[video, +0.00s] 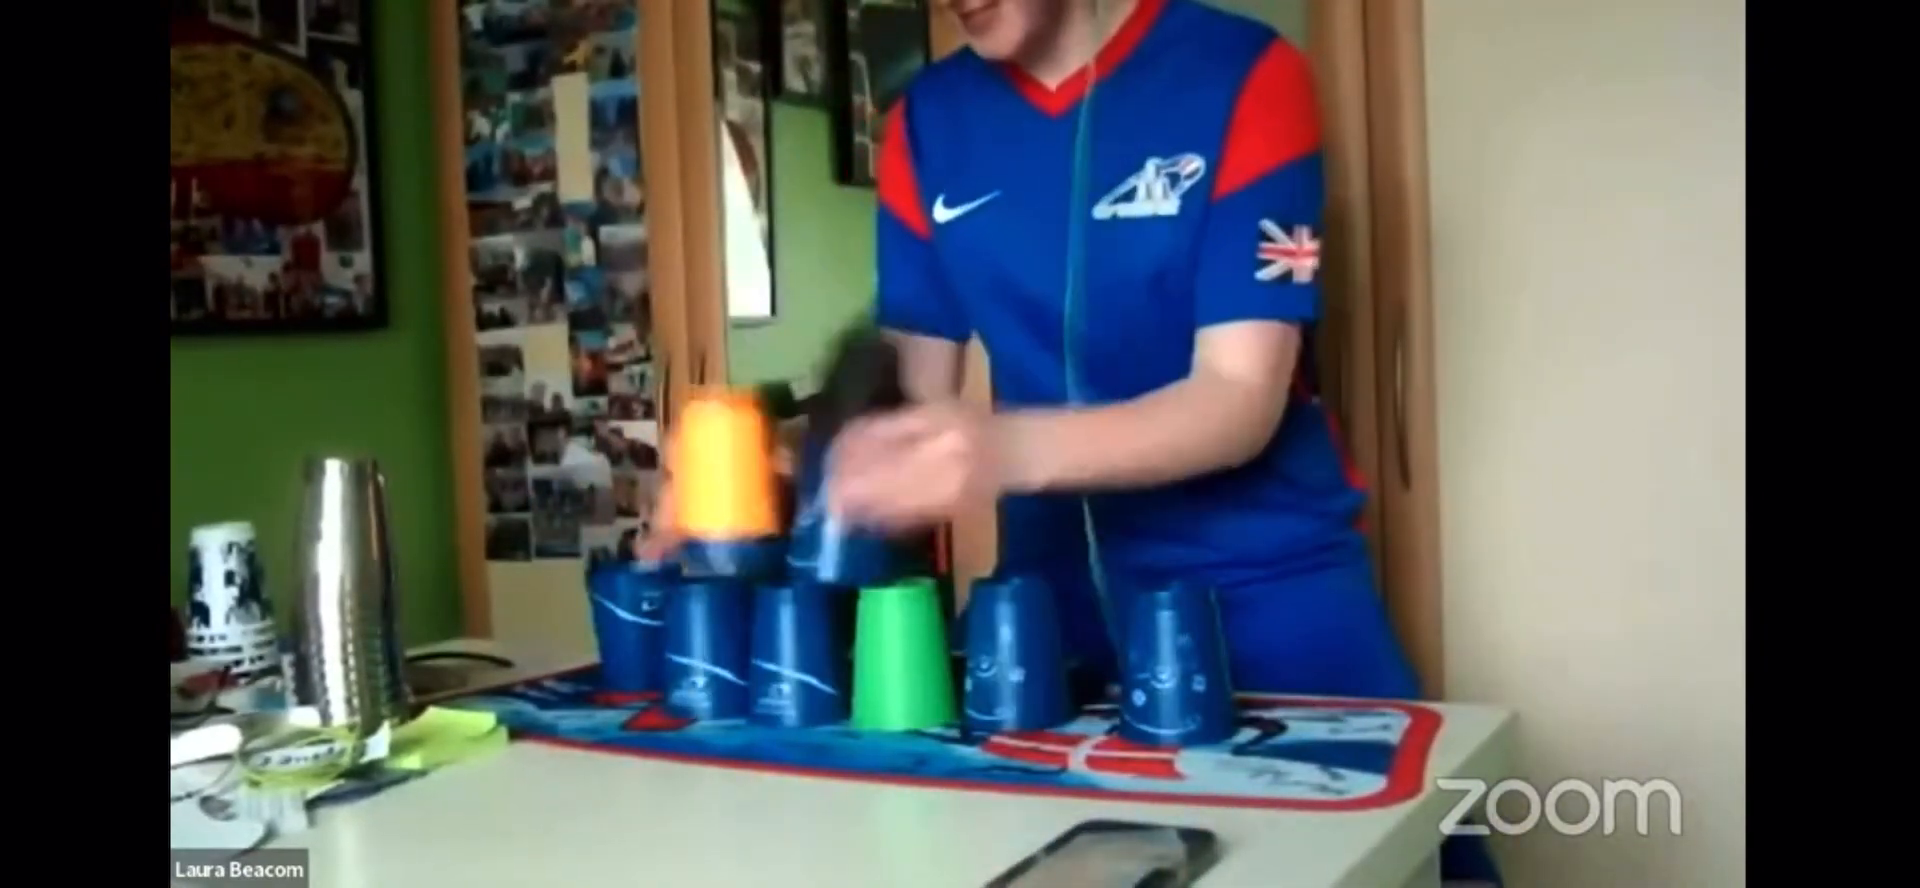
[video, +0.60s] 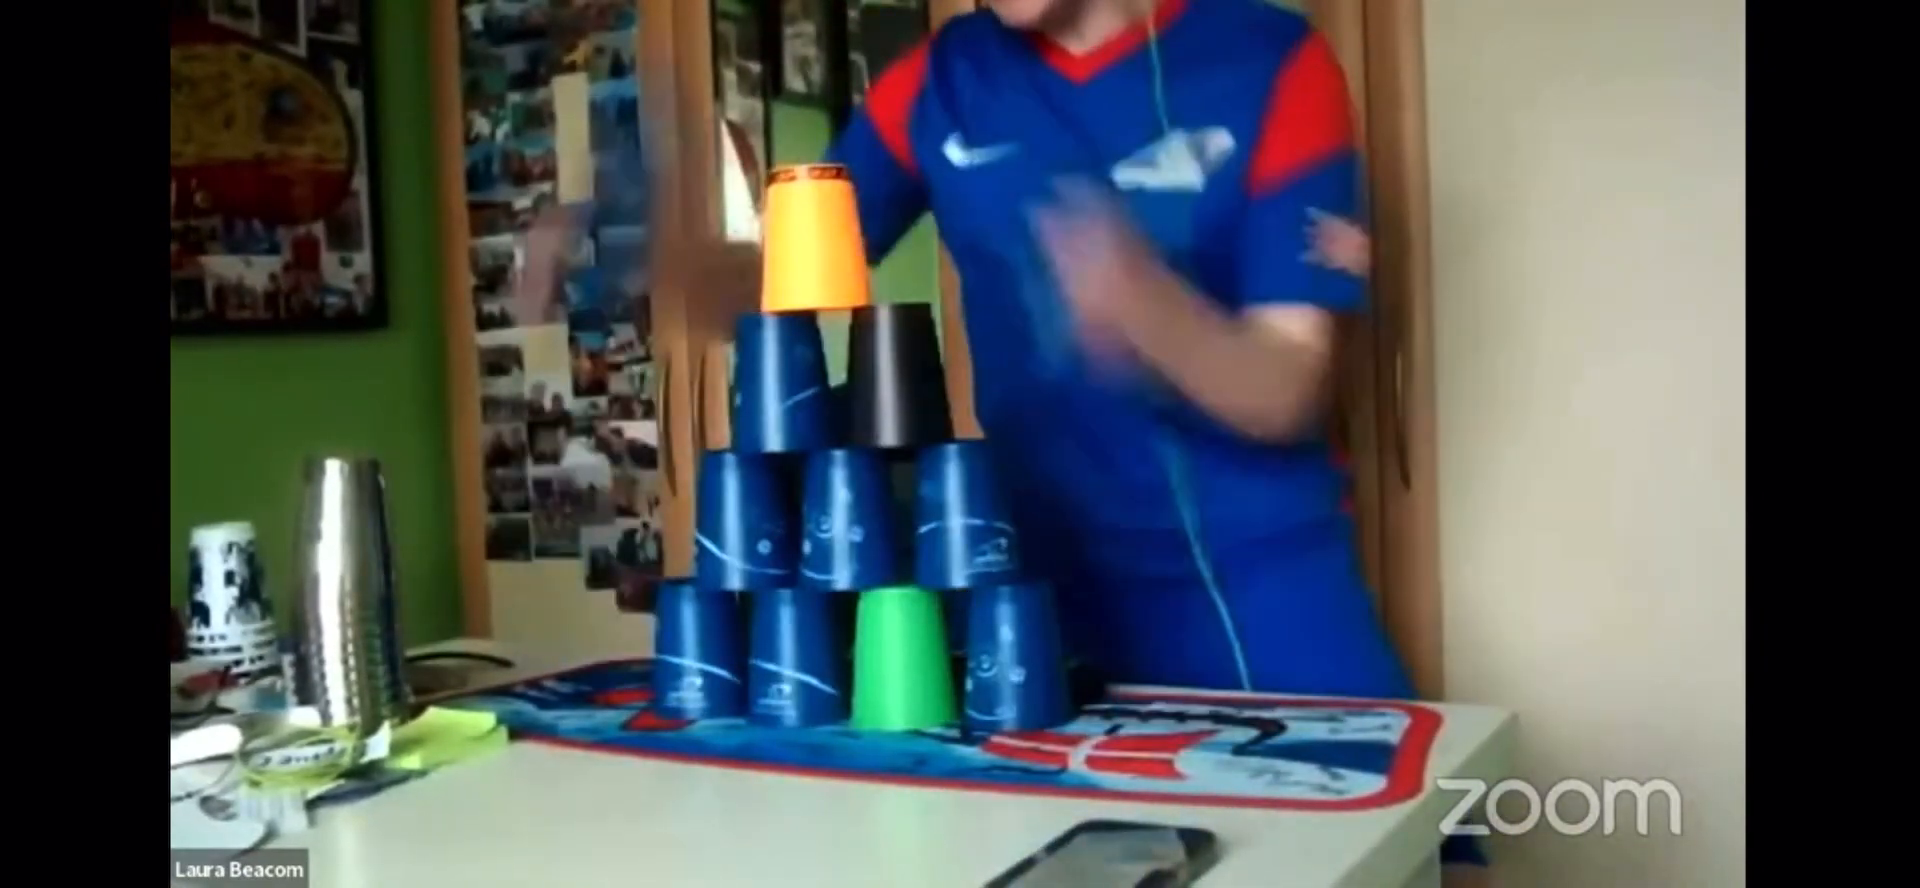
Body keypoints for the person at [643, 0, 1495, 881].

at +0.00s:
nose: (956, 7)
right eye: (944, 3)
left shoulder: (1243, 77)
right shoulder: (925, 123)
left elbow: (1238, 404)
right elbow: (922, 417)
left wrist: (1000, 449)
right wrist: (755, 500)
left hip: (1270, 609)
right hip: (1054, 628)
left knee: (1364, 860)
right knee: (1074, 871)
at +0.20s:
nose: (961, 0)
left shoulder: (1245, 55)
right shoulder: (935, 106)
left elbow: (1274, 379)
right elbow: (897, 376)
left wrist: (1093, 434)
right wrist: (805, 358)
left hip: (1267, 578)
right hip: (1059, 591)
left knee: (1391, 850)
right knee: (1078, 864)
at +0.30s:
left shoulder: (1250, 51)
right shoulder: (936, 102)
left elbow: (1269, 378)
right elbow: (898, 372)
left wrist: (1064, 391)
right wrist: (773, 290)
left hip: (1272, 603)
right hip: (1045, 622)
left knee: (1369, 855)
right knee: (1073, 868)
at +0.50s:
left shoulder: (1284, 95)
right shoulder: (947, 95)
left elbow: (1316, 410)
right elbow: (726, 274)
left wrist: (1245, 567)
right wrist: (608, 442)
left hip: (1277, 649)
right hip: (1045, 668)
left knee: (1337, 869)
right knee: (1073, 873)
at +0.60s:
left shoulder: (1270, 64)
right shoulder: (943, 81)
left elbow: (1284, 392)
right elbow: (780, 284)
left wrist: (1143, 302)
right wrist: (653, 256)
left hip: (1266, 638)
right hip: (1049, 642)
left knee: (1346, 863)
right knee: (1082, 870)